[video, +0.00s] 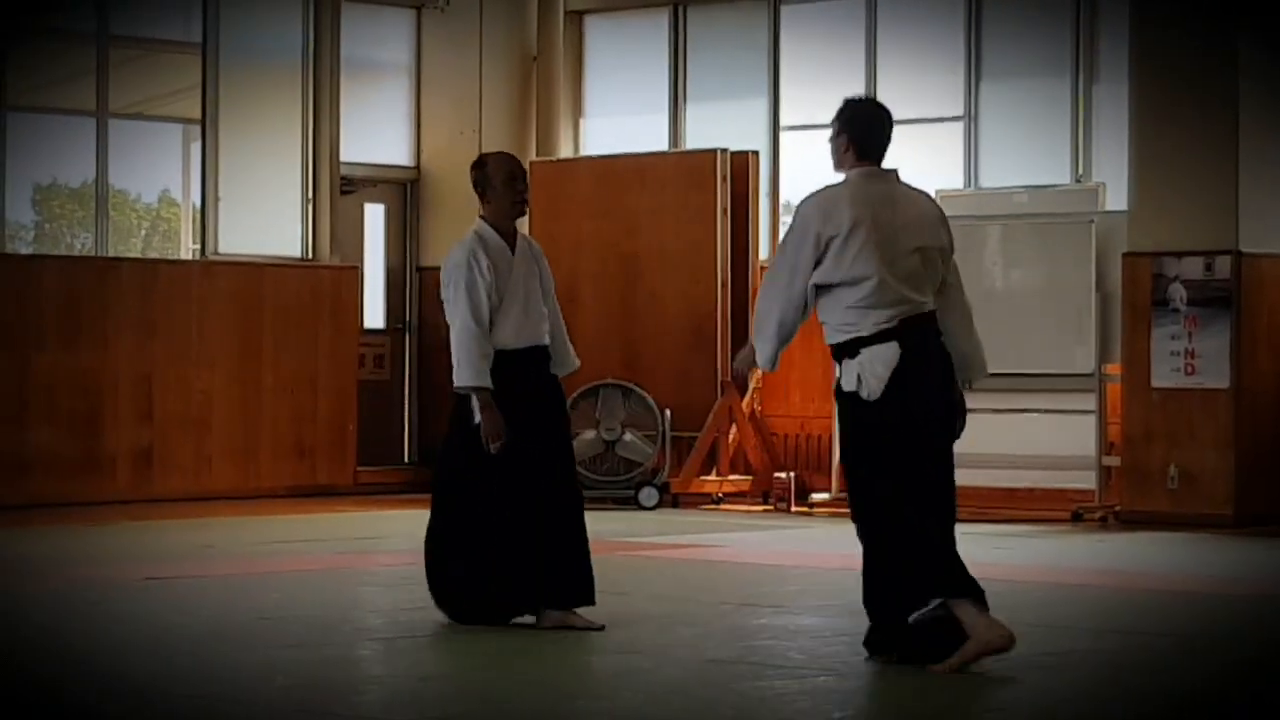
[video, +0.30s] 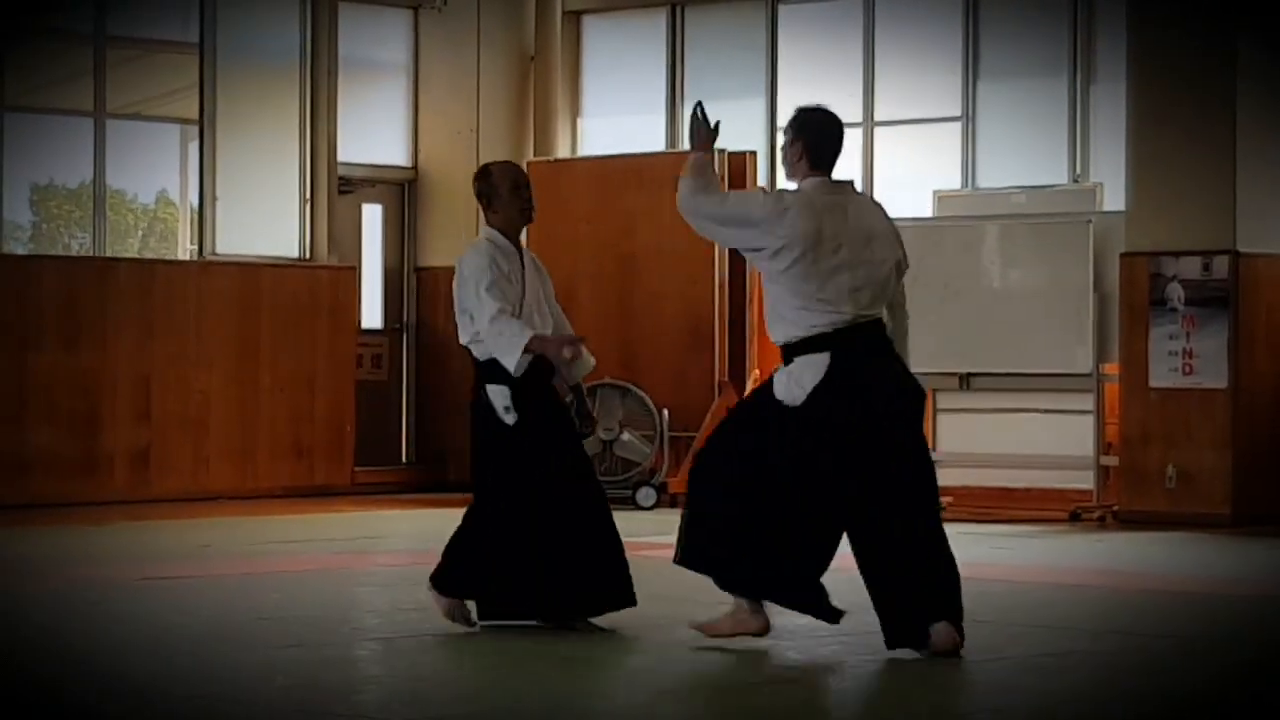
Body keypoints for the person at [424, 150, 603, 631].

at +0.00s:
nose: (524, 190)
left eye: (525, 182)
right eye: (513, 183)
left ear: (526, 189)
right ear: (484, 192)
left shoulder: (532, 252)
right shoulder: (468, 256)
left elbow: (551, 321)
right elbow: (466, 332)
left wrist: (559, 391)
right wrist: (483, 404)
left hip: (537, 378)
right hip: (496, 380)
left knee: (550, 488)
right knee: (497, 490)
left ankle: (553, 604)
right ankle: (489, 599)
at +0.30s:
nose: (531, 198)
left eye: (529, 189)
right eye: (519, 190)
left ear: (519, 198)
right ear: (489, 201)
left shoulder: (531, 263)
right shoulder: (479, 260)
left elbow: (556, 324)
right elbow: (491, 322)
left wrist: (578, 383)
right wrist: (543, 343)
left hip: (536, 382)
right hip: (503, 386)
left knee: (556, 489)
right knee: (505, 491)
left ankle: (557, 602)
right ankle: (449, 581)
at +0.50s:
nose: (491, 198)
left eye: (488, 190)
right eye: (479, 192)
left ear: (457, 207)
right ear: (452, 204)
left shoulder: (452, 256)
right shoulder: (463, 257)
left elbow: (488, 338)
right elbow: (532, 268)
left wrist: (531, 385)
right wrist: (589, 217)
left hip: (480, 387)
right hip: (486, 390)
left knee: (478, 498)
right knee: (555, 490)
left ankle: (423, 600)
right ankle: (556, 606)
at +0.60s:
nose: (464, 191)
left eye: (461, 183)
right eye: (453, 185)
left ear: (420, 200)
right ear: (426, 196)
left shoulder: (401, 255)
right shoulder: (445, 251)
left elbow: (421, 337)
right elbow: (521, 291)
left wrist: (487, 363)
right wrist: (551, 242)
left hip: (431, 389)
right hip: (463, 391)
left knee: (450, 499)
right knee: (519, 487)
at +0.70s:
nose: (440, 193)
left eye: (436, 185)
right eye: (431, 186)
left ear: (392, 197)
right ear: (406, 195)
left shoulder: (366, 254)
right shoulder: (420, 256)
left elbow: (387, 328)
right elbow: (478, 311)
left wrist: (448, 342)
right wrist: (501, 278)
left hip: (393, 387)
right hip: (429, 391)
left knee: (416, 500)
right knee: (457, 496)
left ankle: (414, 610)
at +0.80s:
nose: (407, 196)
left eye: (405, 187)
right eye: (402, 187)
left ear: (355, 195)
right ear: (385, 193)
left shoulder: (333, 252)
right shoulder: (394, 250)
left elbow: (326, 330)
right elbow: (459, 301)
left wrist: (359, 366)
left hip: (362, 392)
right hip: (402, 392)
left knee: (396, 497)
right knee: (440, 495)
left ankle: (342, 582)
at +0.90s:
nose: (376, 196)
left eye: (374, 187)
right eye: (371, 188)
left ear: (323, 196)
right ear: (353, 194)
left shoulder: (296, 254)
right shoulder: (372, 242)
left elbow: (291, 333)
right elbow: (420, 288)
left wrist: (318, 372)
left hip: (327, 390)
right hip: (375, 388)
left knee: (335, 499)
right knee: (416, 492)